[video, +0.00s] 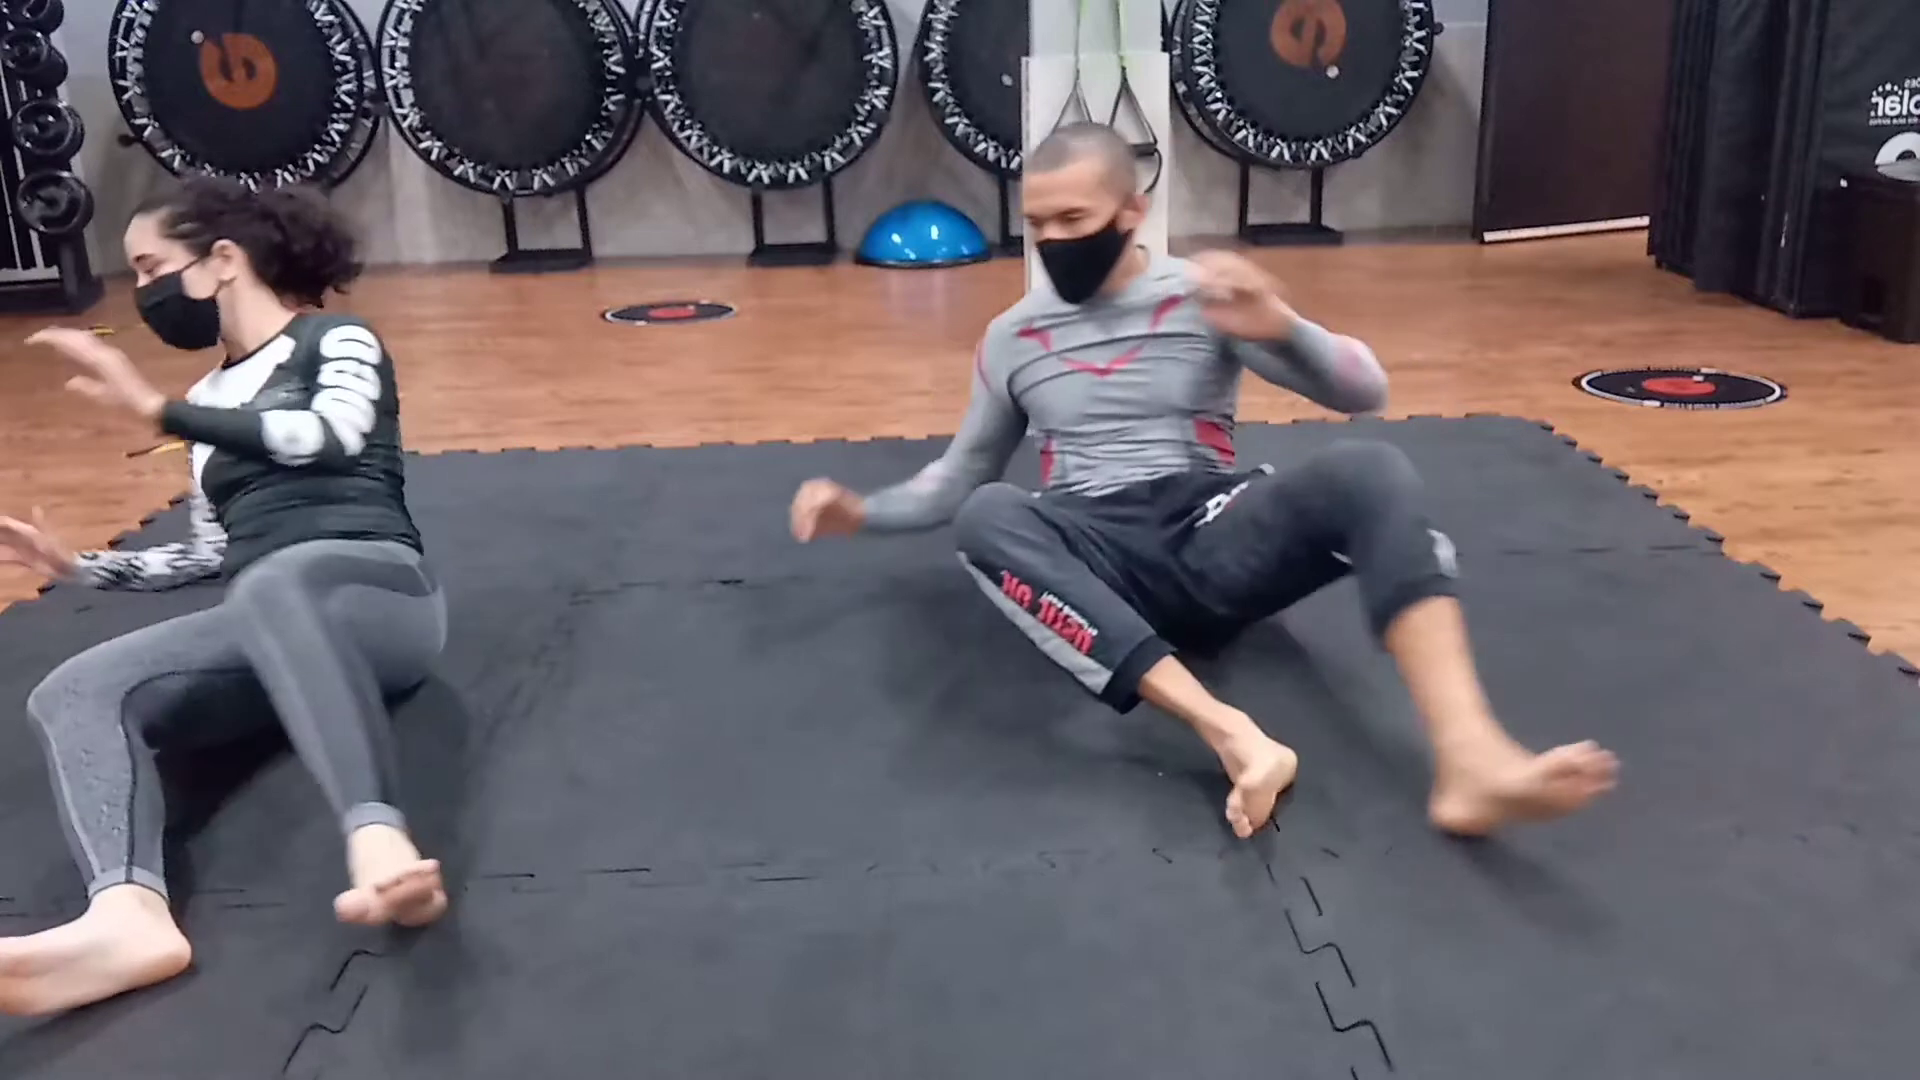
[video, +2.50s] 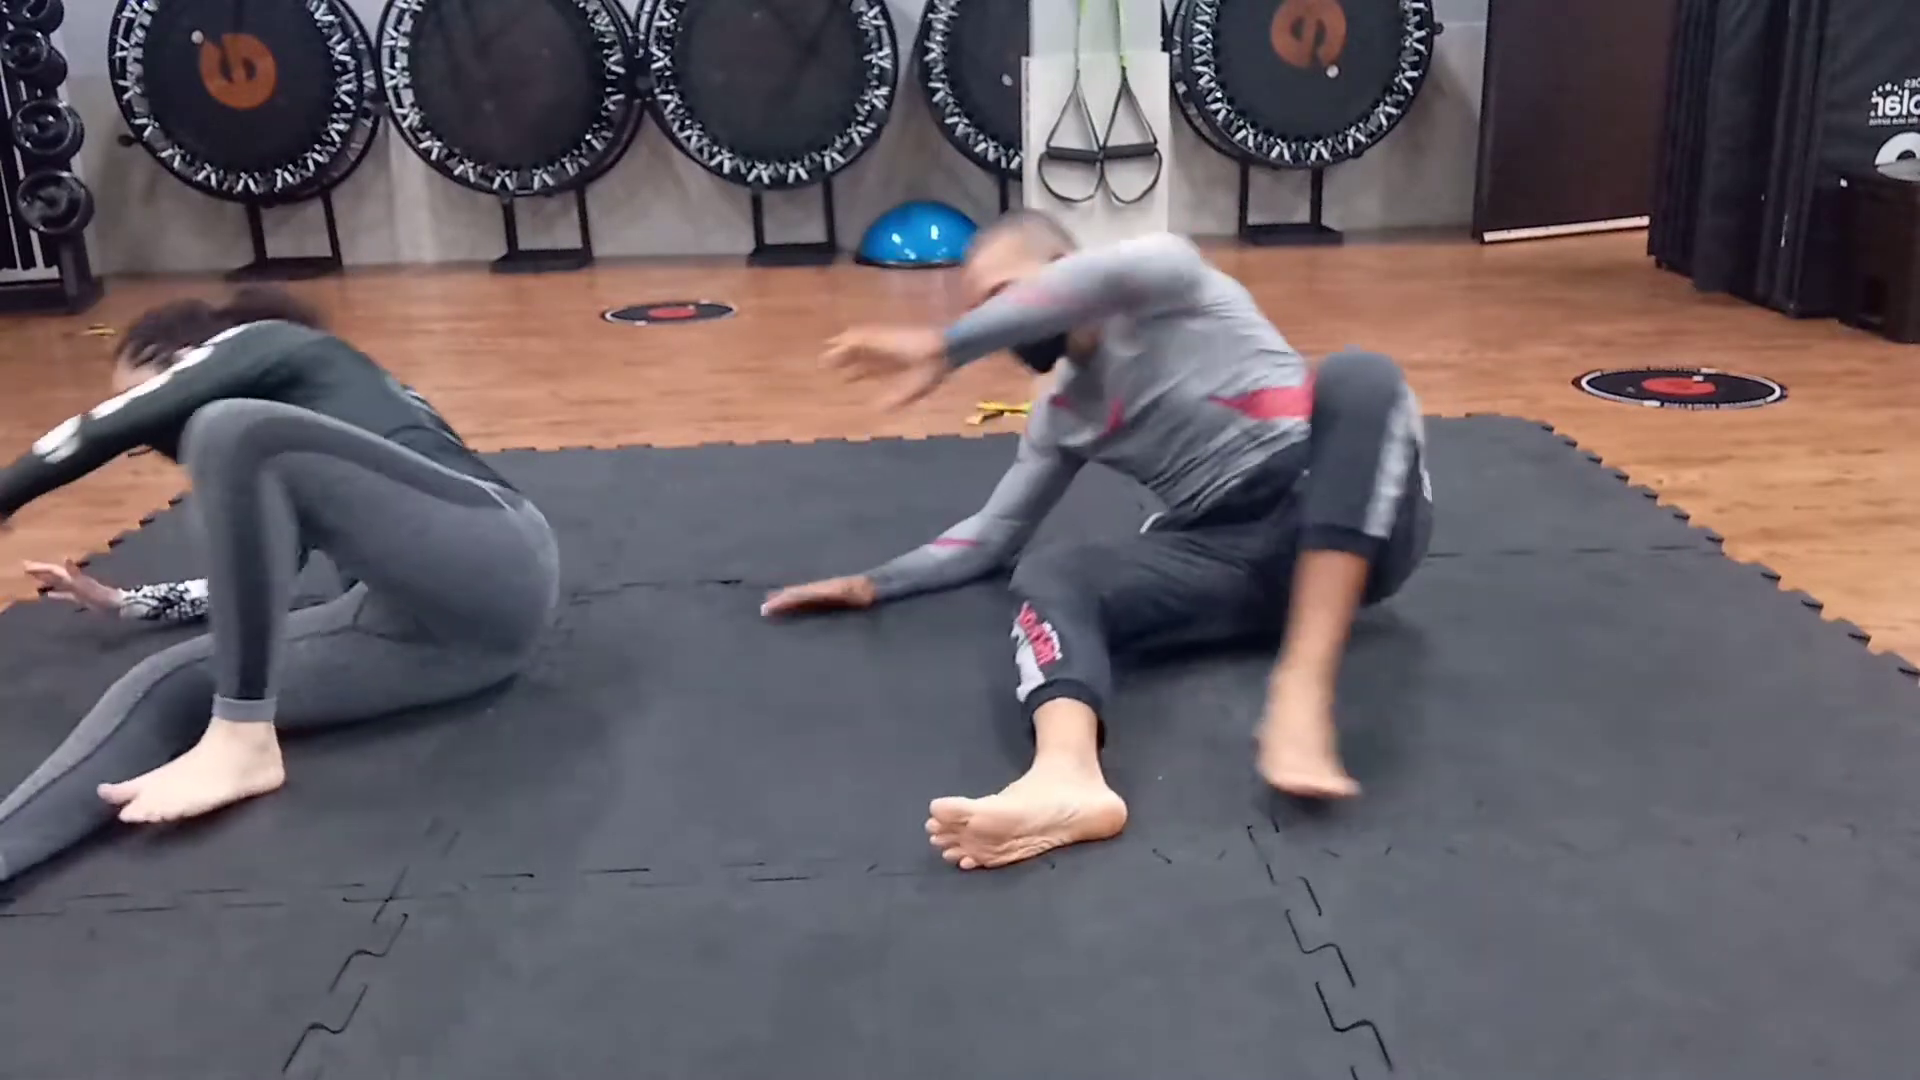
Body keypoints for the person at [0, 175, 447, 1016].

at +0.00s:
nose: (144, 299)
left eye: (152, 276)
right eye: (138, 281)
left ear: (224, 262)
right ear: (212, 270)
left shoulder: (340, 337)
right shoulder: (211, 406)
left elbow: (327, 435)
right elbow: (212, 549)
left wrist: (163, 410)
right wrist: (78, 566)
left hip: (381, 581)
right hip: (261, 618)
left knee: (269, 588)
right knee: (73, 691)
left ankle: (378, 841)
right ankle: (130, 908)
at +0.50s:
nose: (126, 331)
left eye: (131, 309)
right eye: (120, 315)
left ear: (191, 296)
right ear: (192, 303)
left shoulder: (303, 341)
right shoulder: (238, 418)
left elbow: (232, 445)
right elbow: (266, 574)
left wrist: (63, 441)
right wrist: (134, 619)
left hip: (380, 598)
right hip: (281, 653)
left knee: (181, 534)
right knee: (56, 679)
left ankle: (283, 815)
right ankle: (9, 893)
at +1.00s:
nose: (105, 359)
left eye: (107, 339)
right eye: (99, 347)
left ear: (159, 320)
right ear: (161, 323)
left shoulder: (248, 343)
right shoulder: (203, 438)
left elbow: (129, 431)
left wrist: (5, 448)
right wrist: (125, 616)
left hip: (359, 586)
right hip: (295, 656)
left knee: (85, 477)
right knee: (48, 704)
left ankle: (224, 758)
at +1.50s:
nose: (103, 381)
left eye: (102, 363)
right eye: (93, 372)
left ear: (141, 328)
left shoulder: (201, 342)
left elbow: (30, 455)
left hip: (306, 566)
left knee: (9, 526)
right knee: (16, 729)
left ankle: (211, 741)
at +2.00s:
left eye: (89, 379)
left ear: (128, 360)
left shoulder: (150, 360)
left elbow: (7, 440)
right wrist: (149, 468)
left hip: (368, 508)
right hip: (393, 633)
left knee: (30, 507)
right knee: (102, 717)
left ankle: (217, 742)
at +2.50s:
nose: (140, 420)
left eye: (143, 397)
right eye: (133, 407)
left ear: (188, 358)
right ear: (193, 371)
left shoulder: (271, 346)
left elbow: (99, 435)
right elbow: (269, 580)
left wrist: (8, 496)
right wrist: (126, 604)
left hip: (498, 564)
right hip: (429, 643)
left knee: (228, 431)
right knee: (170, 686)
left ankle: (244, 739)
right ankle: (1, 859)